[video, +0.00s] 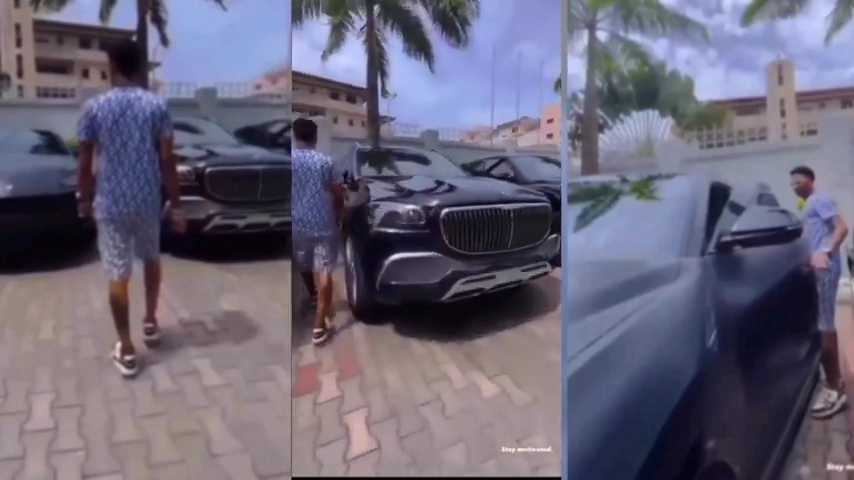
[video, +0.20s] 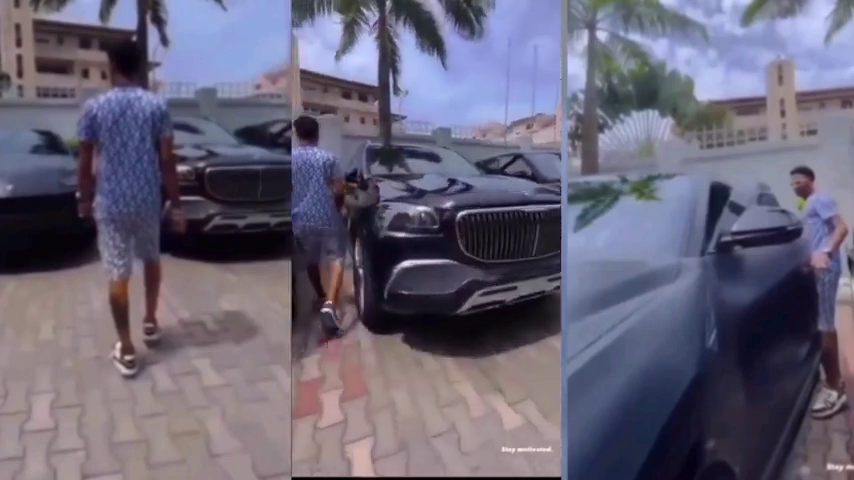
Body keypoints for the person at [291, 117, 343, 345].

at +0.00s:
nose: (300, 140)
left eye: (296, 136)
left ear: (295, 136)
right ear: (315, 136)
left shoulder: (289, 160)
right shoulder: (326, 162)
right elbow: (337, 191)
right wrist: (339, 215)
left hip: (298, 223)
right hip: (324, 223)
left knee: (305, 266)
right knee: (324, 271)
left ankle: (314, 296)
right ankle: (319, 326)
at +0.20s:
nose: (300, 137)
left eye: (297, 133)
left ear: (297, 135)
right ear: (317, 134)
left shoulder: (291, 158)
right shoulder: (328, 158)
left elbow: (289, 188)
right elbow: (339, 186)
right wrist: (338, 206)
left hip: (301, 217)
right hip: (327, 215)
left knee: (311, 261)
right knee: (336, 258)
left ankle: (321, 298)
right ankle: (329, 303)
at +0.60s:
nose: (346, 142)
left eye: (340, 138)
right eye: (348, 138)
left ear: (332, 139)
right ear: (350, 139)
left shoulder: (322, 162)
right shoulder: (358, 161)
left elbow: (322, 193)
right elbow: (364, 190)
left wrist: (329, 205)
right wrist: (374, 186)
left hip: (333, 213)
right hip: (356, 212)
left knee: (342, 258)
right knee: (361, 252)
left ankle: (350, 306)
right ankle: (363, 285)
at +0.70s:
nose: (354, 145)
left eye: (349, 142)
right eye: (357, 142)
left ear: (344, 143)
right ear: (362, 143)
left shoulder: (333, 165)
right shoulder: (368, 165)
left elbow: (333, 193)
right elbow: (373, 193)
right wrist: (382, 187)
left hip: (344, 217)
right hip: (366, 216)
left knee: (351, 260)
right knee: (369, 256)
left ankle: (357, 307)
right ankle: (367, 283)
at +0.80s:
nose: (367, 148)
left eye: (362, 144)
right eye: (370, 145)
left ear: (356, 145)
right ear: (373, 146)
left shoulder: (346, 167)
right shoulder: (377, 168)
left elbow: (345, 190)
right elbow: (381, 196)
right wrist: (390, 187)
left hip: (354, 215)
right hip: (374, 215)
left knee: (359, 258)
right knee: (376, 253)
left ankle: (364, 304)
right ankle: (373, 284)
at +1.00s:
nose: (392, 148)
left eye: (386, 145)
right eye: (393, 145)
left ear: (378, 146)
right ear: (394, 146)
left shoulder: (369, 165)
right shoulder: (395, 167)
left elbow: (368, 186)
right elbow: (396, 196)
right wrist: (406, 191)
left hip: (374, 213)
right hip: (392, 214)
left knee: (375, 250)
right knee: (394, 253)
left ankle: (377, 283)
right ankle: (390, 286)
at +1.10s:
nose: (403, 146)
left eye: (399, 143)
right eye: (403, 144)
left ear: (388, 145)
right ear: (403, 145)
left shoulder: (379, 164)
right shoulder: (403, 166)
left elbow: (376, 183)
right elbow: (403, 195)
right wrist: (414, 190)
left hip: (384, 212)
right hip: (400, 213)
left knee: (389, 248)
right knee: (402, 250)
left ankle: (393, 284)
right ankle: (390, 285)